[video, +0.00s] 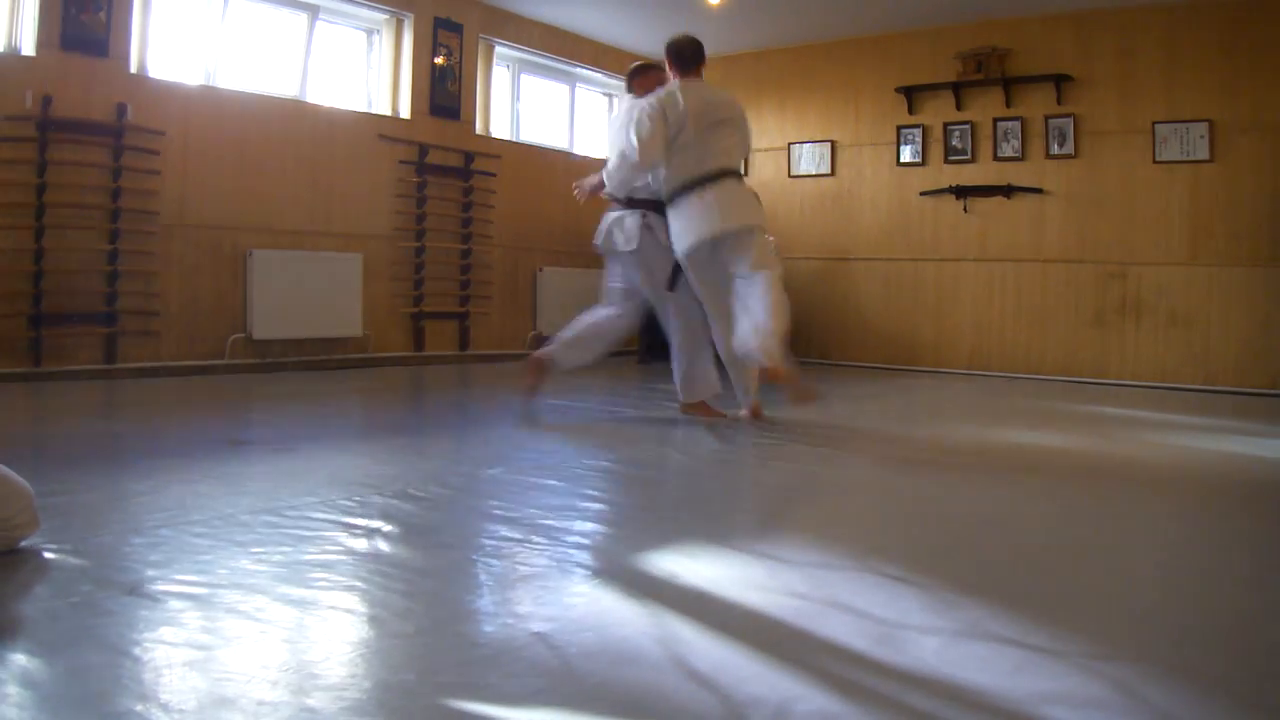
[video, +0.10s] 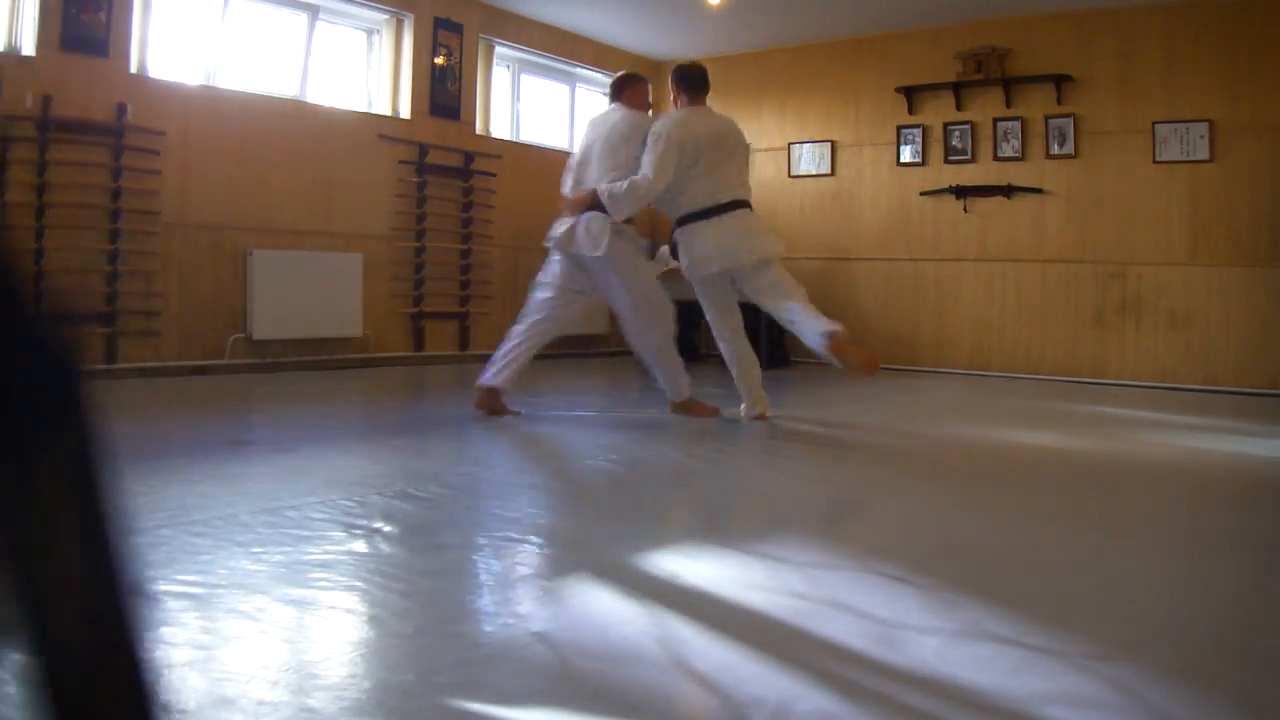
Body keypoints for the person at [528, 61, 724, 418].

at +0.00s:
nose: (666, 87)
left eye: (664, 81)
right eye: (661, 82)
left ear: (632, 86)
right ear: (645, 85)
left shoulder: (621, 116)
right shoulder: (650, 111)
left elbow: (625, 167)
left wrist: (596, 181)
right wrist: (598, 180)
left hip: (618, 223)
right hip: (646, 224)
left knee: (621, 309)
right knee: (683, 308)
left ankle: (549, 356)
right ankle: (694, 397)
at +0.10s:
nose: (649, 100)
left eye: (648, 93)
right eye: (646, 93)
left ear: (614, 95)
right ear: (633, 93)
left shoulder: (594, 125)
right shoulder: (643, 123)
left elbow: (570, 184)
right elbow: (656, 174)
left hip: (571, 231)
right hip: (611, 233)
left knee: (540, 313)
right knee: (651, 311)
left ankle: (490, 386)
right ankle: (680, 396)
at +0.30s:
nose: (635, 112)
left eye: (635, 105)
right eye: (631, 104)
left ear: (602, 101)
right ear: (616, 101)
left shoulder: (569, 125)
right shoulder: (620, 129)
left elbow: (541, 172)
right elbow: (624, 183)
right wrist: (612, 224)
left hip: (534, 221)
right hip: (570, 221)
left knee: (524, 317)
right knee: (625, 302)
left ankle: (489, 399)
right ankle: (626, 392)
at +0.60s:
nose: (647, 99)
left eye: (647, 93)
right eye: (643, 91)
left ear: (616, 89)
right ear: (624, 88)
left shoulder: (592, 120)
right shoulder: (619, 114)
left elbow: (591, 188)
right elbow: (652, 167)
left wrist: (635, 221)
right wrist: (664, 212)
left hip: (554, 219)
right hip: (580, 222)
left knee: (544, 312)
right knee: (625, 306)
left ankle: (493, 394)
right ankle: (604, 404)